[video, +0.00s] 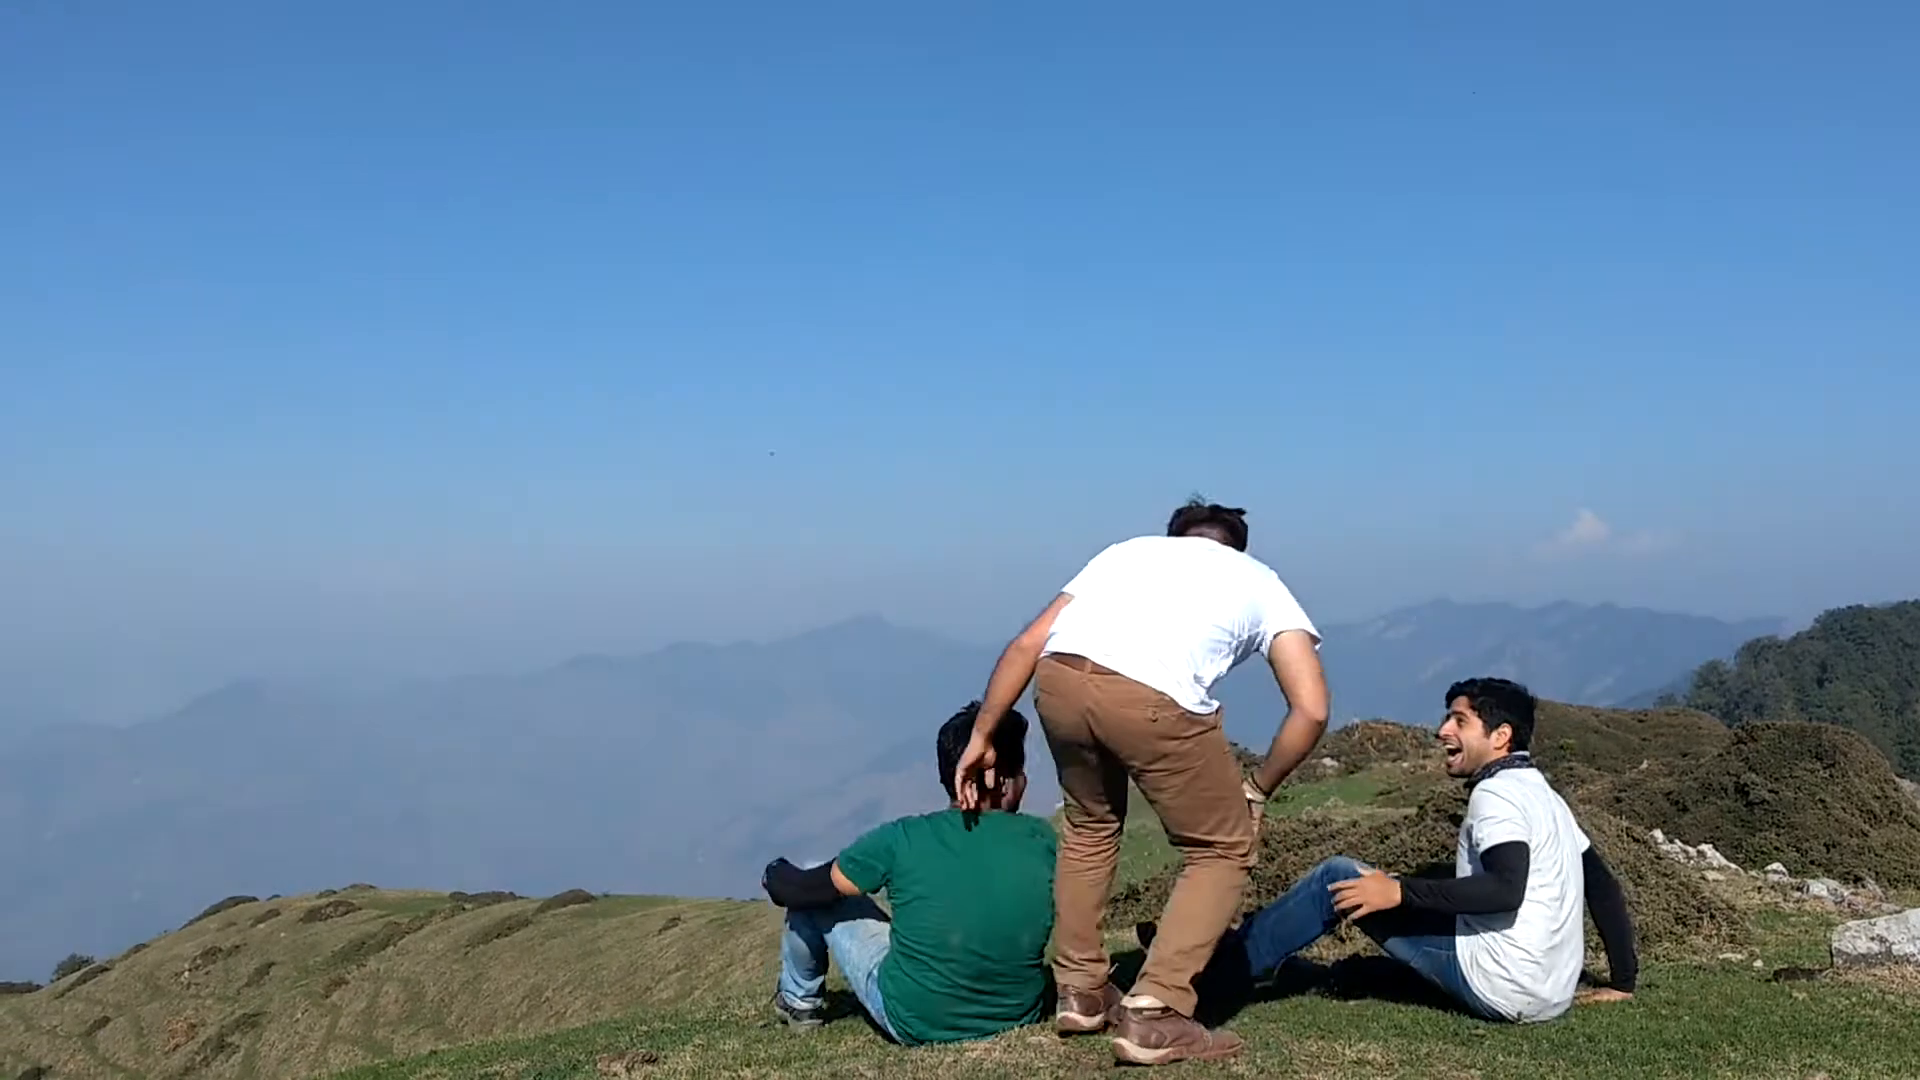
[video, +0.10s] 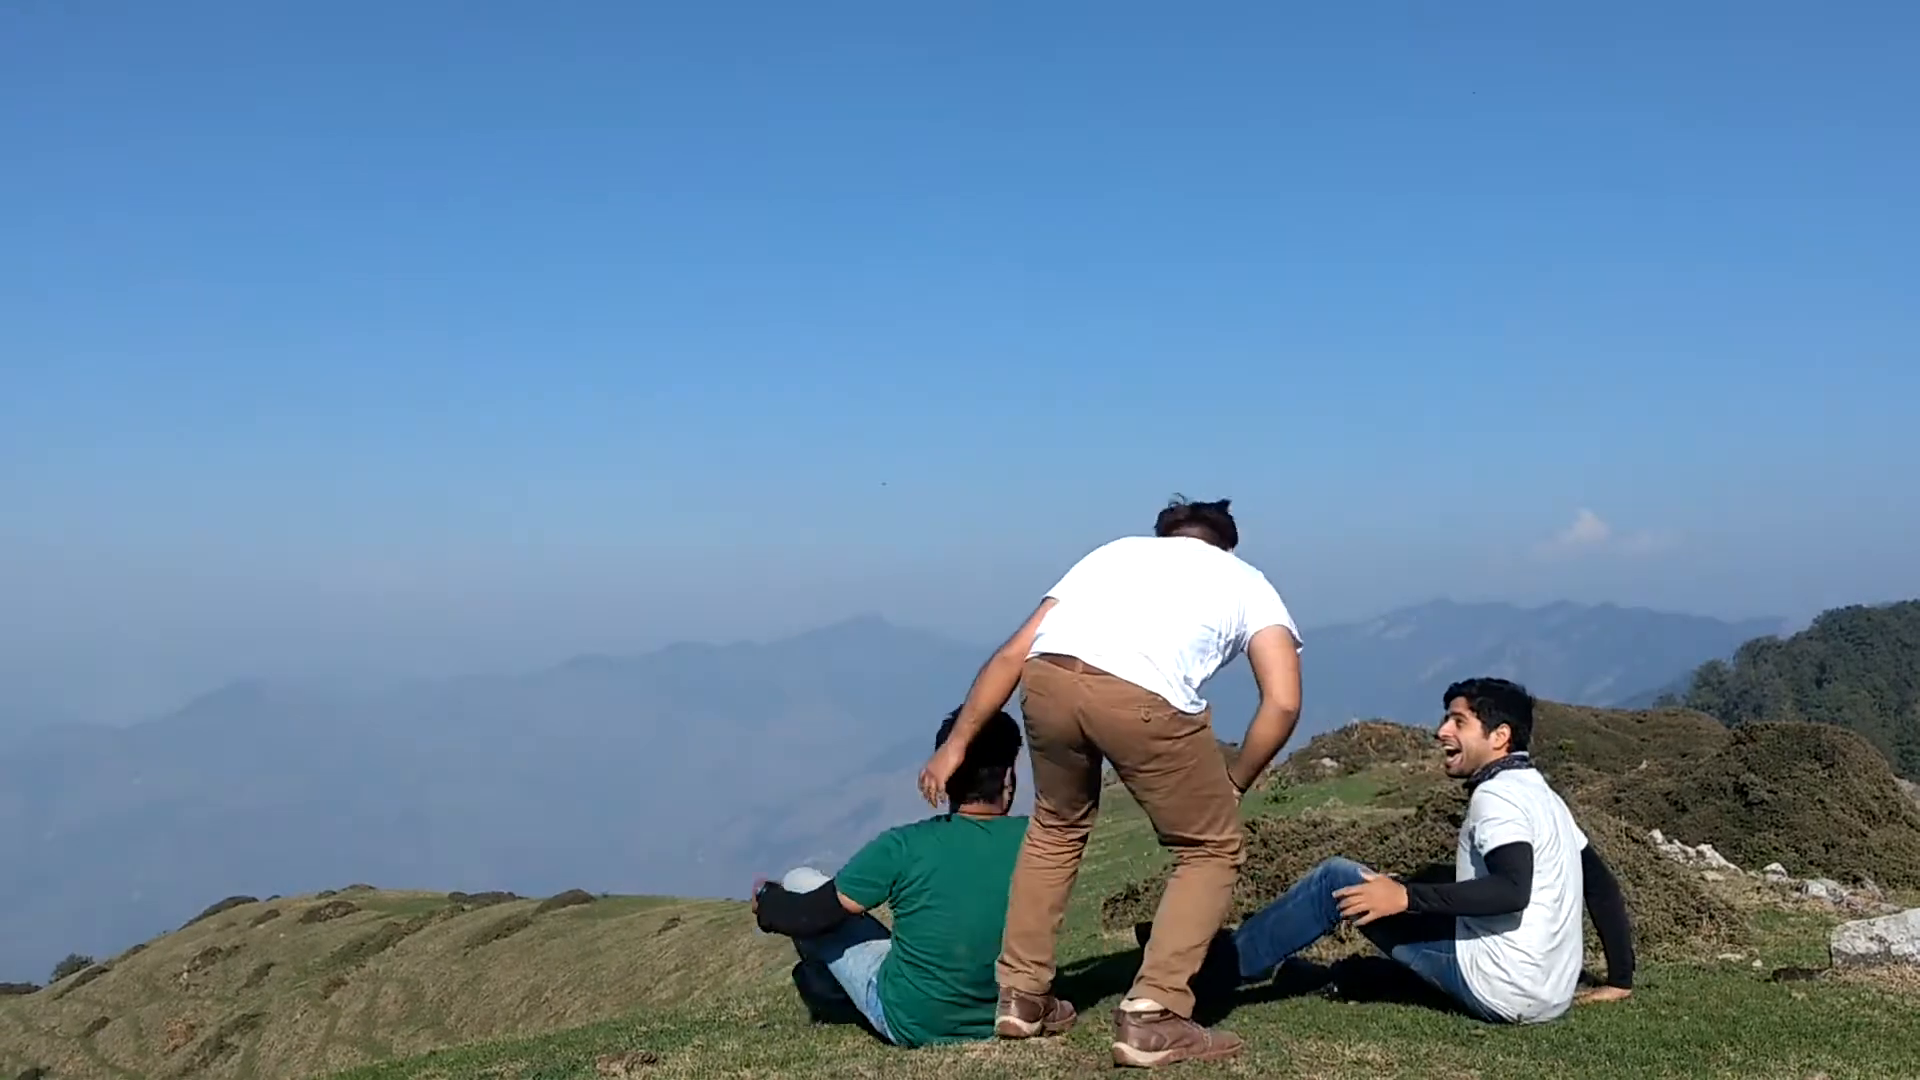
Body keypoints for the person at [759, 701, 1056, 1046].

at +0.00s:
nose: (1024, 780)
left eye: (1020, 769)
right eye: (1023, 771)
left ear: (948, 778)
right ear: (1016, 780)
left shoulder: (904, 837)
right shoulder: (1042, 837)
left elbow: (804, 892)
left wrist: (775, 873)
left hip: (919, 1021)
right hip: (1014, 1015)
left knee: (818, 896)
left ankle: (800, 1001)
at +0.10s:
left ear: (940, 774)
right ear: (1010, 780)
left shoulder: (906, 844)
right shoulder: (1037, 840)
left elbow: (808, 916)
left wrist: (765, 900)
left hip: (917, 1021)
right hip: (1003, 1018)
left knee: (799, 879)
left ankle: (828, 996)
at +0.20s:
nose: (921, 774)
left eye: (926, 763)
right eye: (924, 763)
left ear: (943, 773)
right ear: (1005, 775)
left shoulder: (912, 847)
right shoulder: (1040, 851)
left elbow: (817, 936)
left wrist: (755, 930)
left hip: (913, 1025)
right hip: (1007, 1019)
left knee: (785, 893)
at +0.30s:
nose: (904, 786)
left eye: (915, 773)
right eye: (905, 773)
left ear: (951, 777)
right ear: (972, 779)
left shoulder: (909, 854)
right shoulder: (1018, 834)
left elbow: (850, 961)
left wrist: (761, 963)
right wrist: (923, 826)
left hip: (921, 1030)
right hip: (1009, 1014)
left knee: (778, 917)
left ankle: (852, 1018)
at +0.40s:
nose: (895, 790)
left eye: (906, 777)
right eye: (895, 776)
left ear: (946, 777)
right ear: (950, 779)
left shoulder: (903, 854)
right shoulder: (999, 831)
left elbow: (877, 971)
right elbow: (942, 826)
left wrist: (778, 988)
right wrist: (884, 819)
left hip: (937, 1026)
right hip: (1009, 1009)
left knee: (776, 924)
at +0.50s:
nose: (884, 794)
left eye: (896, 781)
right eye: (883, 780)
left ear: (933, 778)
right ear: (940, 781)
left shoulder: (902, 852)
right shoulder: (986, 829)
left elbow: (890, 975)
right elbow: (916, 840)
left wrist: (789, 1011)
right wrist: (847, 827)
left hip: (937, 1023)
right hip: (1006, 1007)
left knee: (770, 933)